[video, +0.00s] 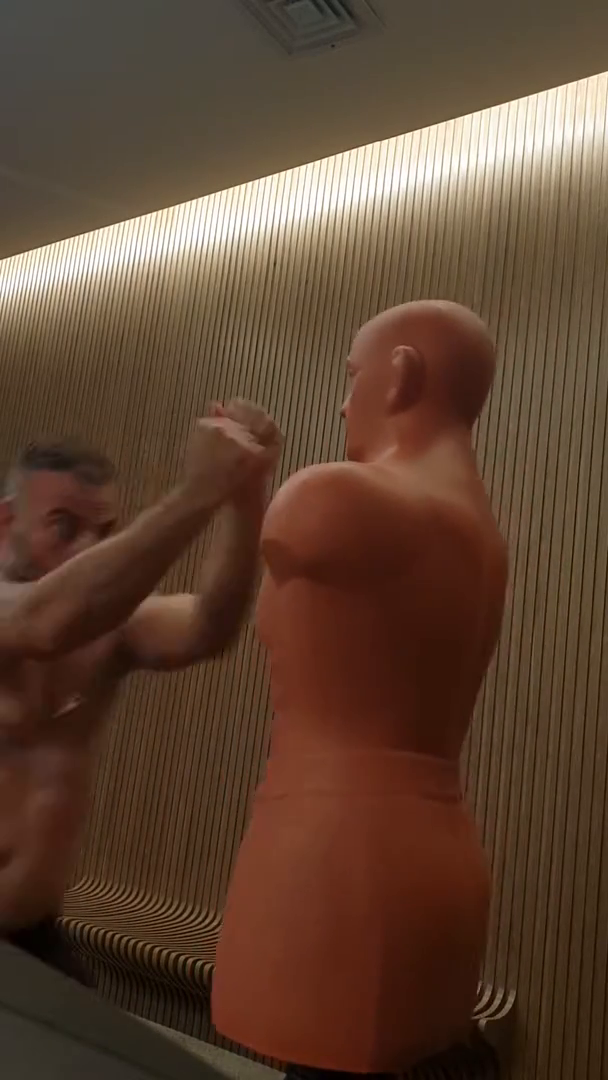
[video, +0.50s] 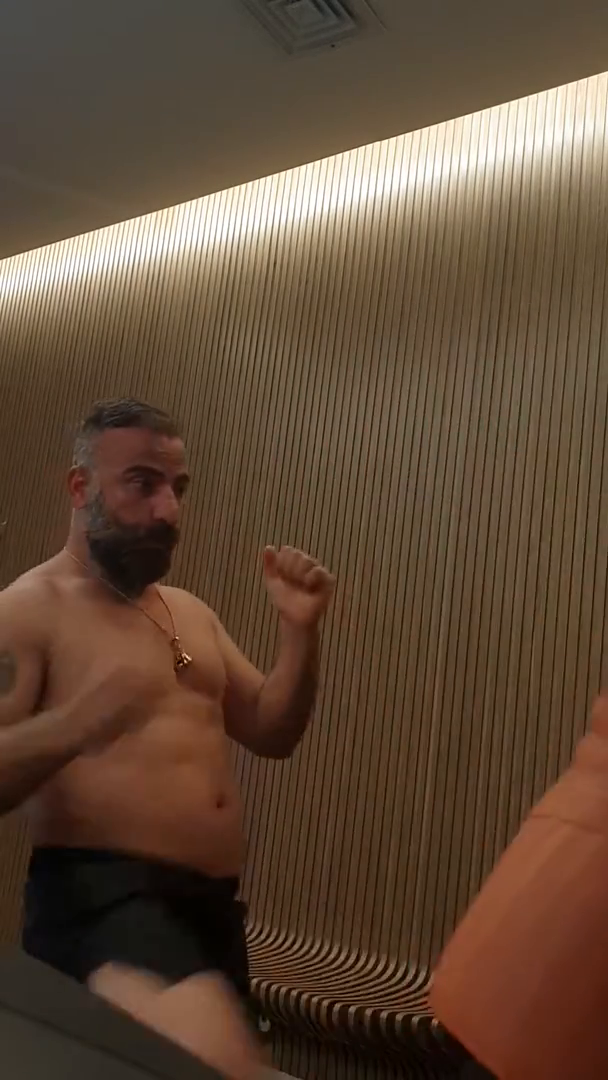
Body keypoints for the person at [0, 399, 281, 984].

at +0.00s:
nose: (83, 550)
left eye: (103, 533)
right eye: (63, 526)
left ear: (117, 533)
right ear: (8, 520)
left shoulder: (110, 623)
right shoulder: (2, 600)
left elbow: (210, 627)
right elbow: (44, 624)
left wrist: (249, 501)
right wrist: (197, 494)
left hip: (32, 939)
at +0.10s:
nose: (125, 522)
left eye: (141, 501)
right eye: (107, 493)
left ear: (156, 505)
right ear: (50, 485)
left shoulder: (167, 586)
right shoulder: (11, 573)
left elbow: (232, 704)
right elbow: (9, 660)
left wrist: (247, 620)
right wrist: (149, 536)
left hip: (103, 878)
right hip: (11, 864)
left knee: (111, 1052)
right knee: (22, 1036)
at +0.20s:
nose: (147, 533)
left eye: (166, 510)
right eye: (126, 502)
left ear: (181, 508)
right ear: (70, 484)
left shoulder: (168, 588)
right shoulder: (15, 594)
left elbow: (212, 720)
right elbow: (13, 778)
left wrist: (238, 717)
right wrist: (57, 773)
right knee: (239, 771)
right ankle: (102, 1017)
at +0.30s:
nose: (148, 534)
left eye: (166, 512)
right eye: (125, 503)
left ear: (179, 513)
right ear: (67, 491)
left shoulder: (154, 601)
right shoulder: (19, 593)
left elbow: (222, 715)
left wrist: (286, 713)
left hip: (221, 843)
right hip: (111, 862)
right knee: (333, 803)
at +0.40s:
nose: (151, 514)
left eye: (163, 494)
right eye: (125, 489)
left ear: (175, 501)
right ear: (63, 492)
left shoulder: (182, 616)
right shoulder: (24, 607)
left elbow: (264, 726)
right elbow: (6, 745)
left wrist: (313, 653)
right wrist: (20, 764)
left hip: (218, 873)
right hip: (108, 872)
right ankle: (175, 1074)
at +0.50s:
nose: (168, 508)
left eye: (177, 487)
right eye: (143, 483)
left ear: (186, 495)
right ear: (78, 488)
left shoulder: (192, 614)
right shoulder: (28, 609)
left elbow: (272, 733)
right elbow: (5, 768)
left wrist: (299, 628)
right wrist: (74, 724)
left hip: (211, 904)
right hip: (102, 895)